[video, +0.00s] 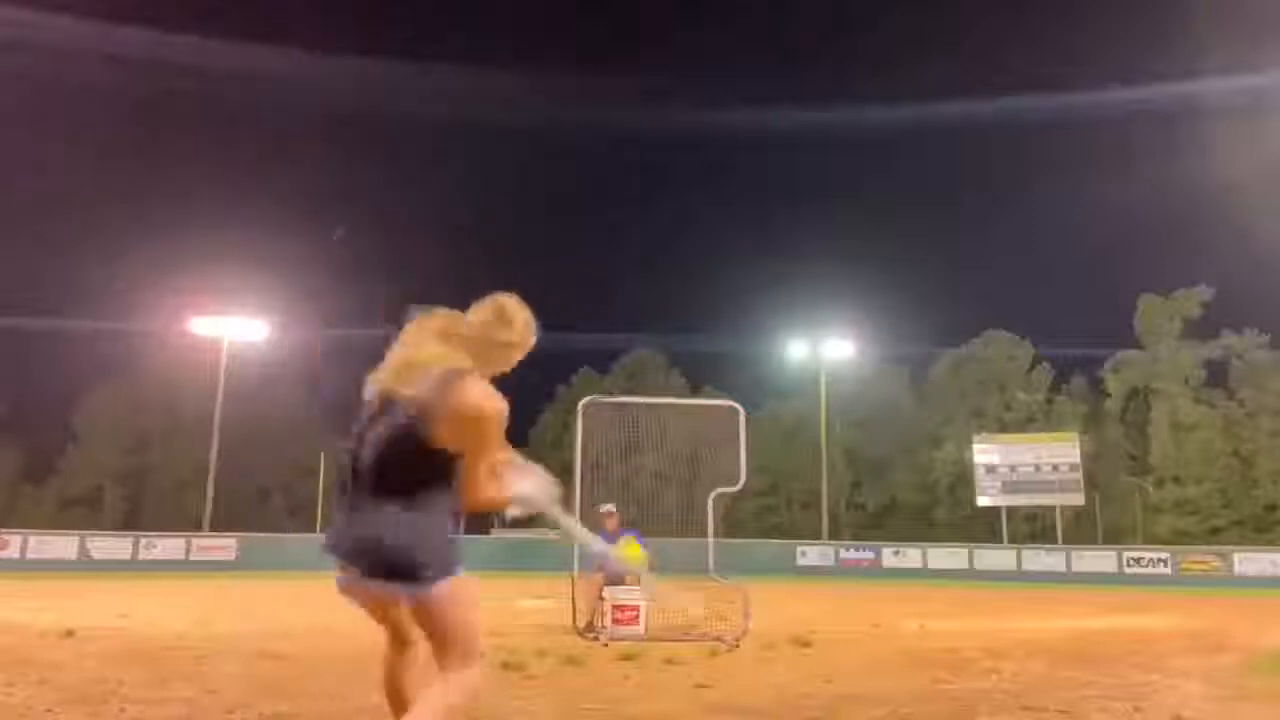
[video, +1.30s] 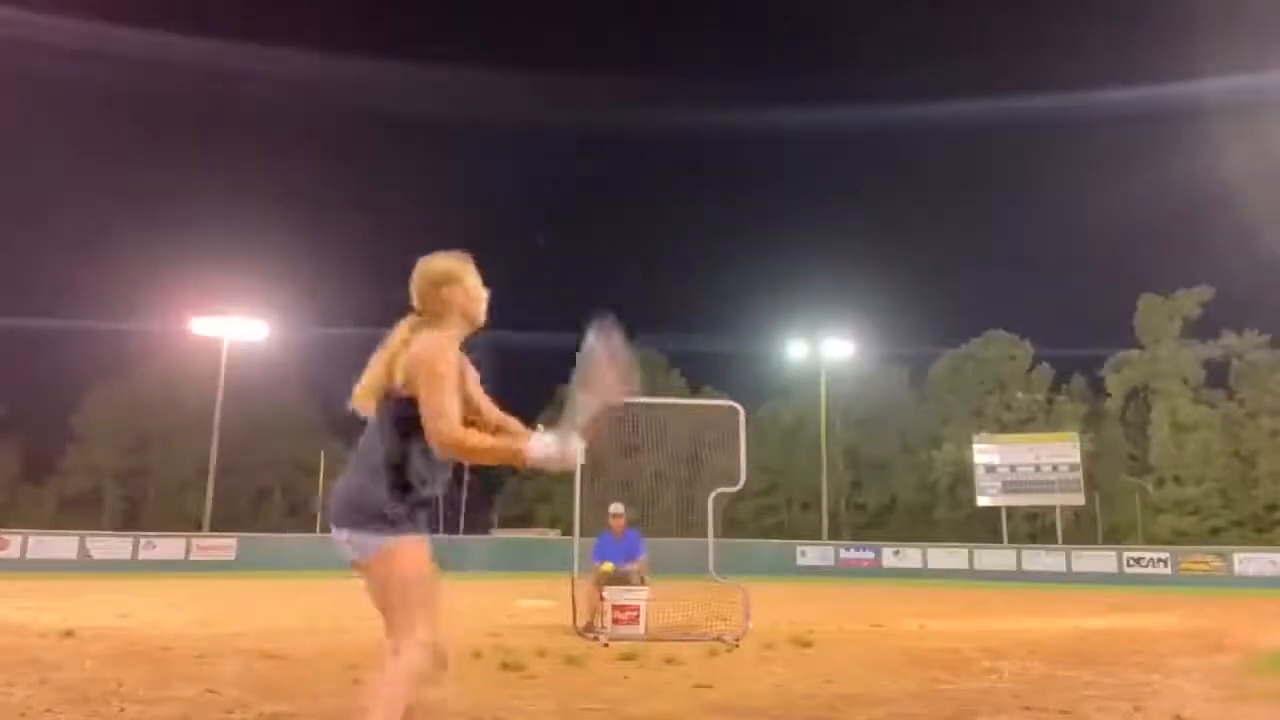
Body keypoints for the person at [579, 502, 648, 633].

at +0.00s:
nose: (610, 522)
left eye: (612, 517)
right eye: (606, 518)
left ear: (619, 518)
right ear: (603, 520)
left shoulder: (631, 536)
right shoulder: (599, 539)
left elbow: (642, 556)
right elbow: (594, 562)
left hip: (628, 573)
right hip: (607, 574)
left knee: (633, 579)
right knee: (594, 581)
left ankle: (633, 622)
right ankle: (590, 621)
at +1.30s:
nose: (617, 522)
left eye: (620, 517)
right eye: (614, 518)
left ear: (625, 519)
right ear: (609, 520)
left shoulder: (634, 536)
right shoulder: (603, 538)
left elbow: (642, 559)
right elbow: (596, 561)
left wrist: (624, 568)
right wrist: (604, 567)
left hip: (628, 573)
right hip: (609, 574)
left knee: (637, 578)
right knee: (594, 584)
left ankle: (637, 620)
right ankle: (590, 620)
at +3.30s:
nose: (612, 519)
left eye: (615, 515)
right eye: (609, 516)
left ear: (621, 517)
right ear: (605, 518)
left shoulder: (631, 537)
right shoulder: (600, 538)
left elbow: (642, 563)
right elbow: (594, 564)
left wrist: (627, 569)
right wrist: (601, 566)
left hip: (625, 574)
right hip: (607, 574)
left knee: (637, 576)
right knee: (593, 581)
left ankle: (637, 620)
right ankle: (589, 620)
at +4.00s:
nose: (604, 521)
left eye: (607, 517)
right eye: (601, 518)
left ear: (614, 517)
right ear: (597, 520)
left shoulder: (626, 537)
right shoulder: (596, 540)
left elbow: (636, 560)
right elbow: (593, 562)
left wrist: (621, 564)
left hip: (625, 573)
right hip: (606, 574)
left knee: (635, 577)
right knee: (593, 580)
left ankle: (635, 621)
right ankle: (590, 621)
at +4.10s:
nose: (599, 523)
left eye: (601, 519)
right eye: (595, 520)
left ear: (609, 518)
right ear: (593, 522)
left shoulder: (623, 537)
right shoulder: (595, 542)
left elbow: (640, 556)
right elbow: (591, 564)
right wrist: (597, 575)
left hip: (622, 573)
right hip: (603, 575)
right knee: (591, 587)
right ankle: (589, 622)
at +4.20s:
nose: (597, 524)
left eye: (600, 519)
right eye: (594, 521)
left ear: (607, 519)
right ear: (591, 523)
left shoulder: (620, 535)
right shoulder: (594, 545)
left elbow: (639, 552)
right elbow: (592, 568)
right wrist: (598, 578)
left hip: (622, 573)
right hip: (603, 575)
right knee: (590, 586)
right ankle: (589, 622)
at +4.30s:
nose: (594, 525)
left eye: (597, 520)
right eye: (591, 522)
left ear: (604, 520)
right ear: (589, 524)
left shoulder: (616, 535)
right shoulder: (593, 546)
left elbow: (637, 544)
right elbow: (592, 567)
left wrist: (640, 552)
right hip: (604, 575)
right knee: (590, 586)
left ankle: (589, 622)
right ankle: (589, 622)